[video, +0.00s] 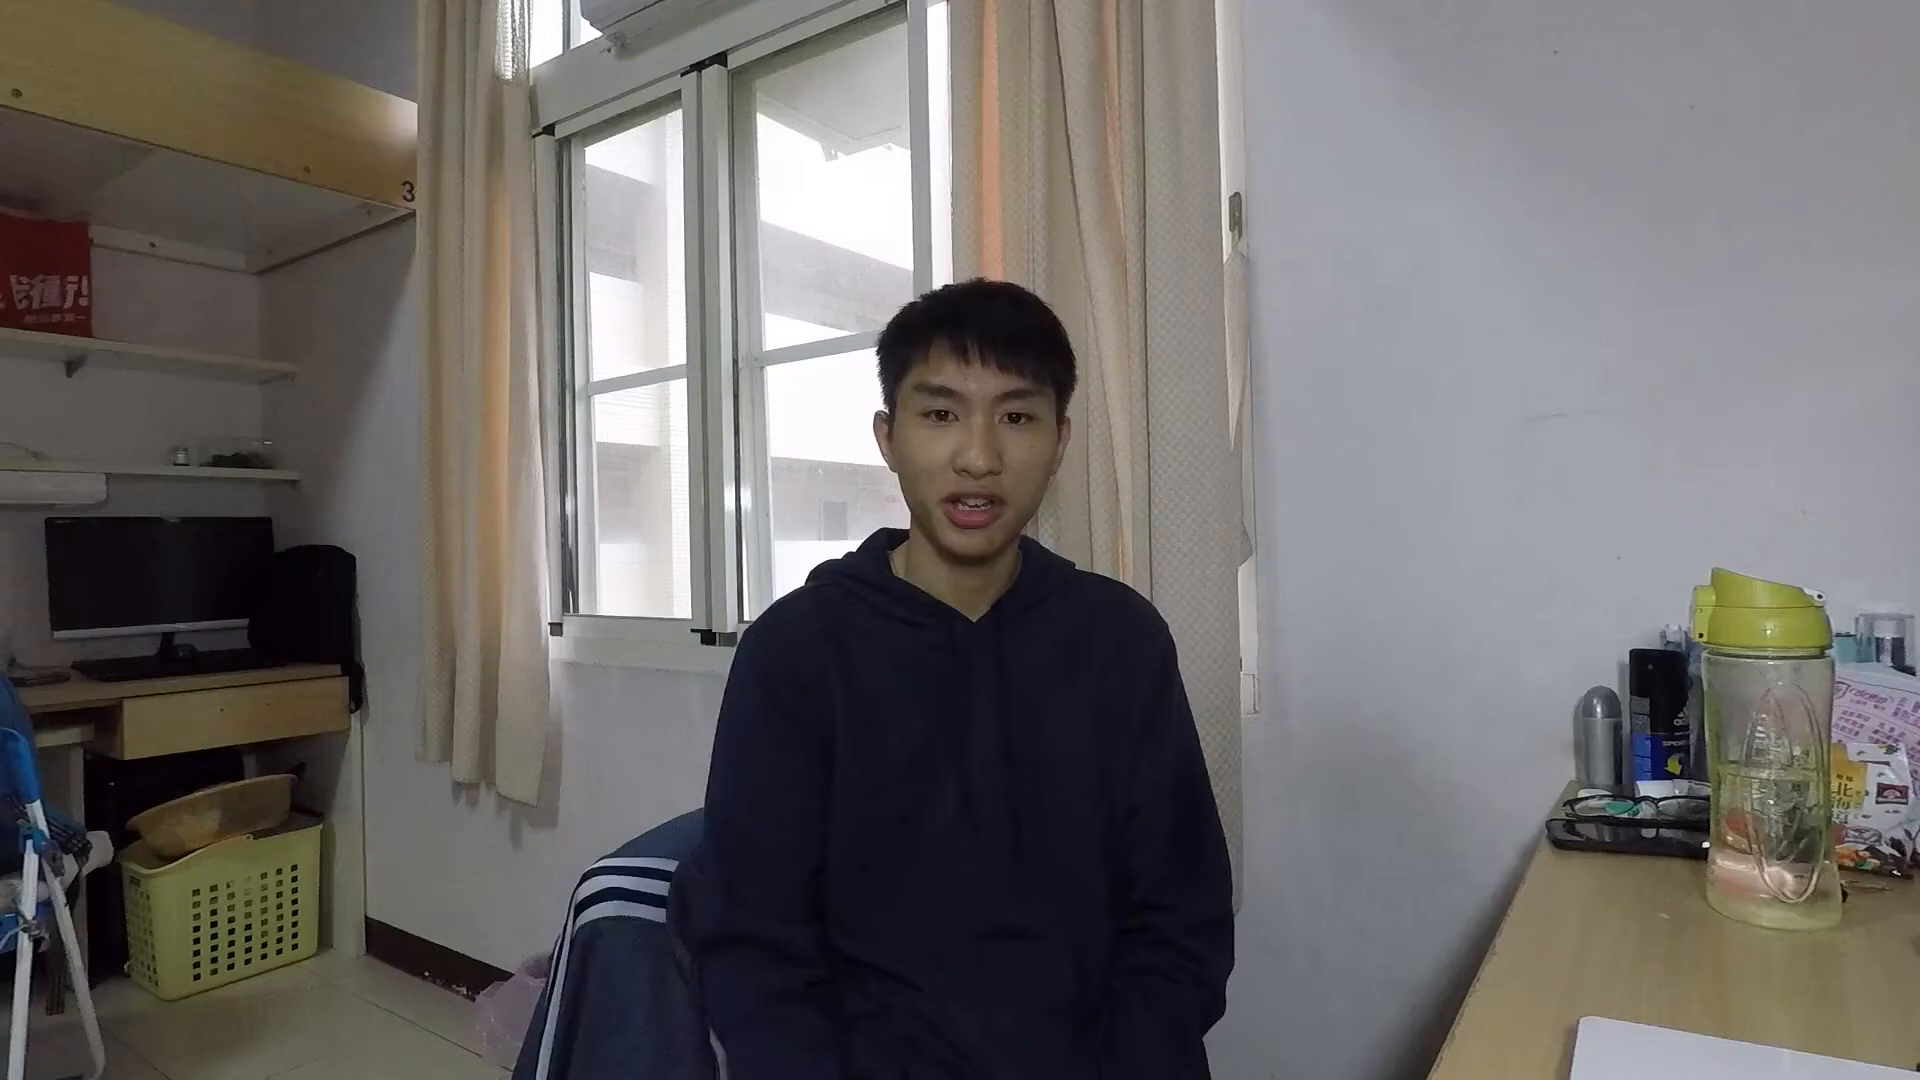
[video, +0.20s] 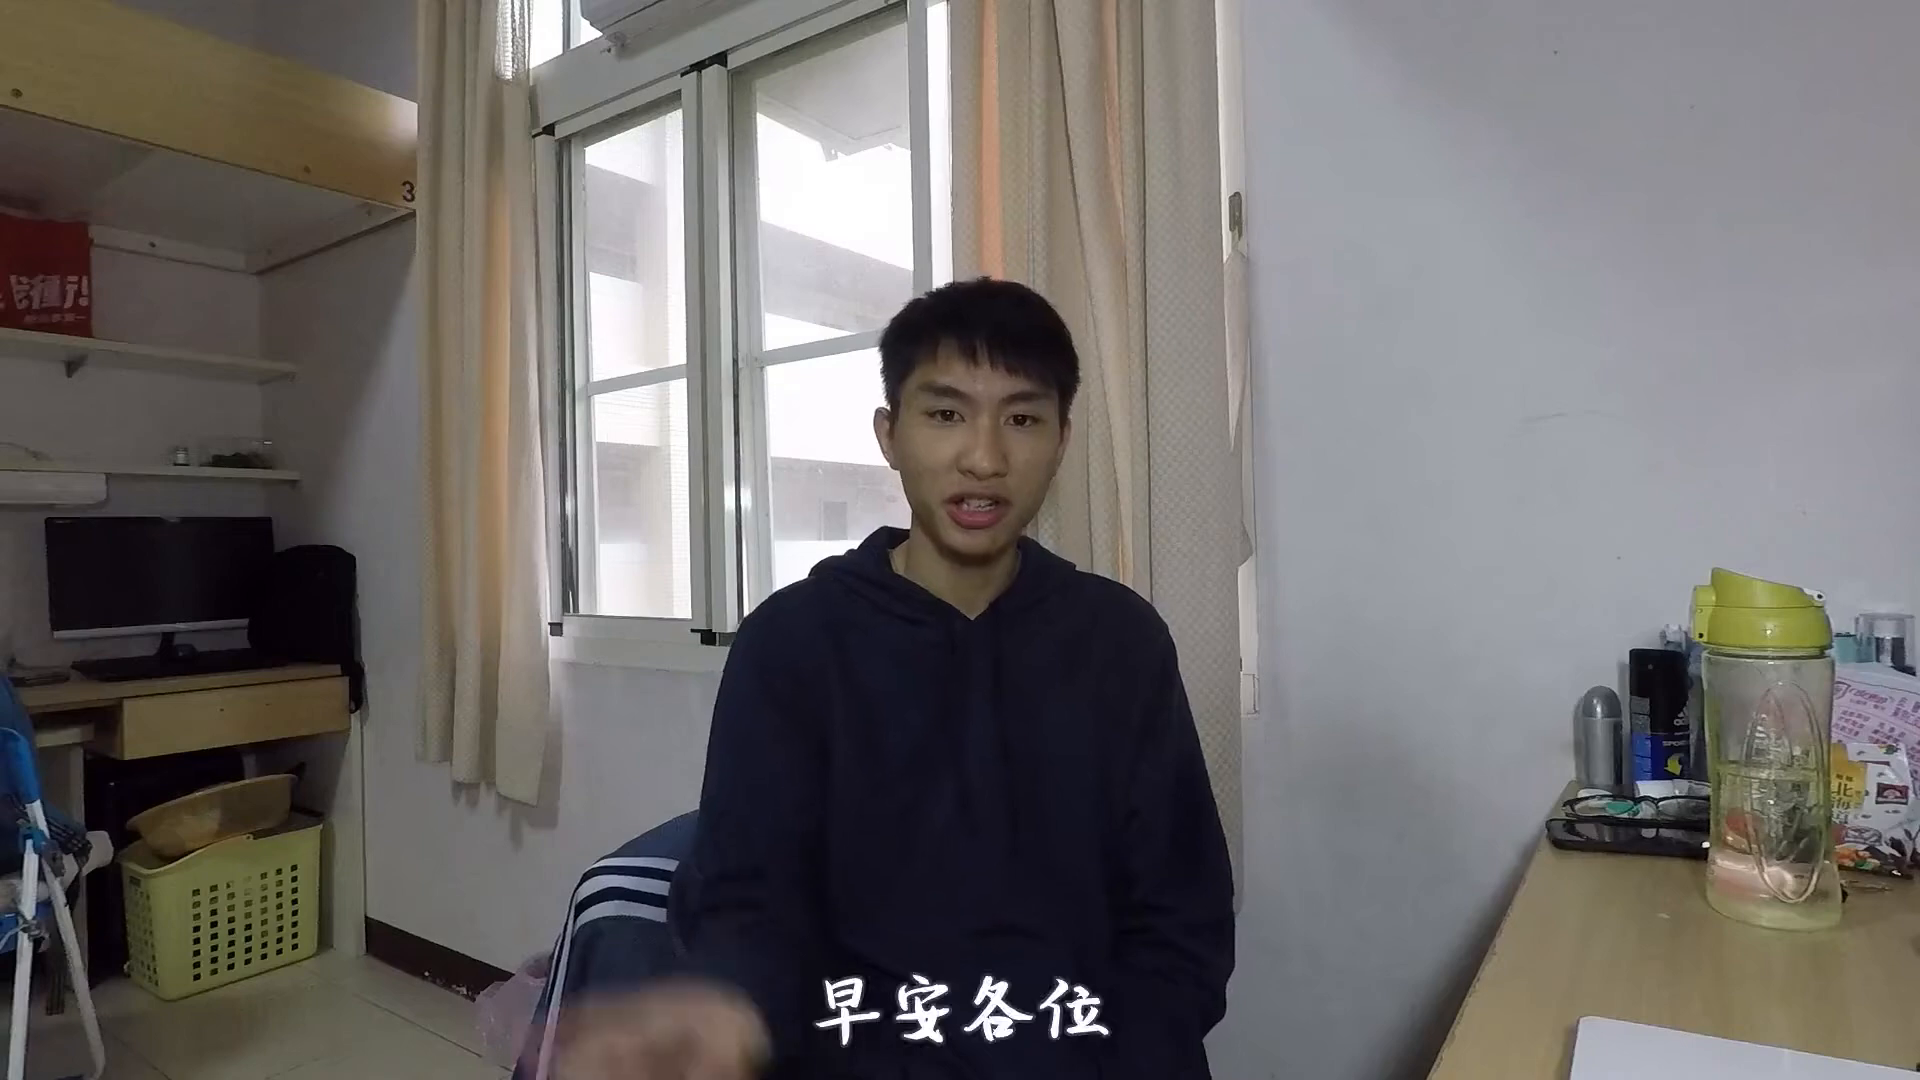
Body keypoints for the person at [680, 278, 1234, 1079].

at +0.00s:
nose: (977, 457)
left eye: (1016, 417)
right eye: (938, 415)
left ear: (1059, 443)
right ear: (888, 439)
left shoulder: (1124, 640)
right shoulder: (794, 648)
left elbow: (1185, 918)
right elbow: (748, 940)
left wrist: (1138, 1060)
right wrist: (795, 1064)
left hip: (1081, 1044)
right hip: (865, 1048)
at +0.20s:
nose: (985, 457)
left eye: (1021, 420)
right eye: (946, 415)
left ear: (1060, 442)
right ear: (889, 436)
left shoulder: (1121, 638)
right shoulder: (789, 641)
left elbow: (1185, 914)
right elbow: (741, 903)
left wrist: (1142, 1054)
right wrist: (725, 1030)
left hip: (1078, 1040)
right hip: (858, 1043)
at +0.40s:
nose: (982, 459)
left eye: (1022, 422)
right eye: (946, 415)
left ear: (1062, 443)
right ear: (889, 432)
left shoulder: (1121, 642)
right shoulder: (788, 637)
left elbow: (1183, 928)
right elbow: (742, 970)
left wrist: (1135, 1054)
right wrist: (682, 870)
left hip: (1071, 1049)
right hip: (852, 1050)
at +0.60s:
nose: (984, 457)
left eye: (1024, 419)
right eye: (949, 412)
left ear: (1064, 444)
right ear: (893, 432)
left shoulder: (1121, 642)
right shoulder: (790, 638)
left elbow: (1184, 929)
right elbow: (737, 955)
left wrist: (1127, 1049)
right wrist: (653, 848)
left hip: (1069, 1043)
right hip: (847, 1046)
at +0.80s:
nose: (981, 458)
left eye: (1019, 421)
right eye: (945, 414)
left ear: (1060, 441)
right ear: (890, 430)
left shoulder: (1121, 641)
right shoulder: (788, 637)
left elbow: (1185, 921)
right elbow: (723, 955)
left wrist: (1127, 1052)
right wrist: (655, 845)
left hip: (1075, 1049)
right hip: (853, 1051)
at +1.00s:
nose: (982, 460)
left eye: (1020, 423)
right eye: (946, 416)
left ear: (1061, 441)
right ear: (891, 431)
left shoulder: (1121, 641)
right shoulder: (790, 637)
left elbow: (1186, 924)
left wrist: (1132, 1049)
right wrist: (675, 853)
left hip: (1073, 1047)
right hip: (852, 1051)